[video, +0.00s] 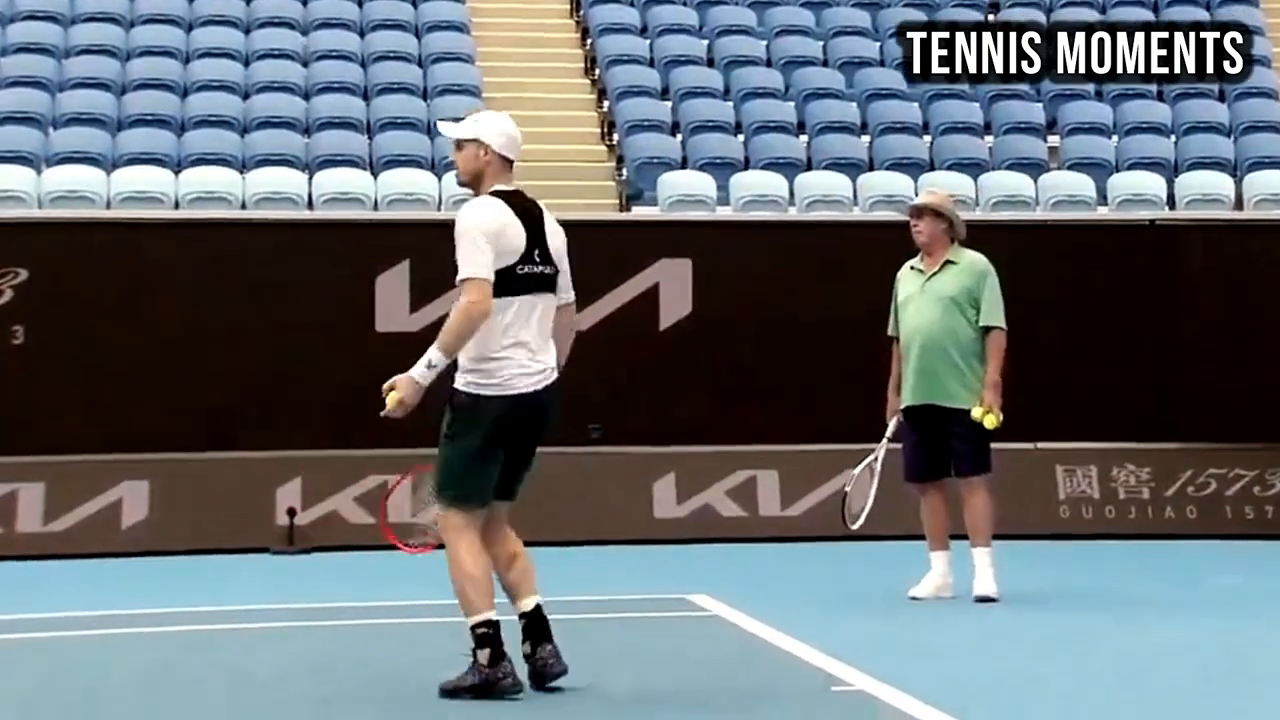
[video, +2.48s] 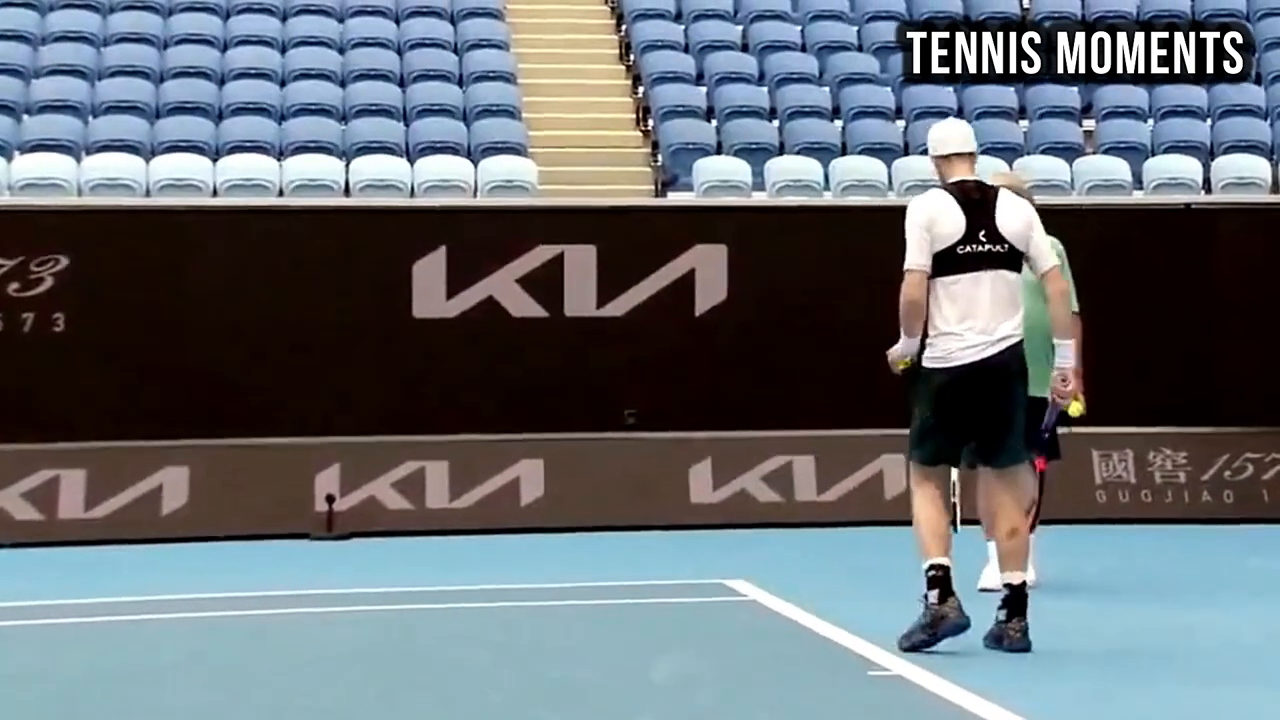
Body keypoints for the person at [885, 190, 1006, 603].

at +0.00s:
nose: (913, 225)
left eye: (921, 218)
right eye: (912, 219)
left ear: (945, 223)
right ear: (916, 227)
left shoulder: (977, 267)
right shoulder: (906, 274)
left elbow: (995, 330)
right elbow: (898, 342)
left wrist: (992, 382)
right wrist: (893, 395)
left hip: (965, 396)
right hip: (917, 397)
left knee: (972, 481)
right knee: (928, 484)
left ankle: (983, 568)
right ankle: (939, 571)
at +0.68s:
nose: (961, 194)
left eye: (969, 187)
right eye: (958, 188)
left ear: (991, 193)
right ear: (954, 194)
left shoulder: (1020, 239)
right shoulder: (944, 240)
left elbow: (1039, 305)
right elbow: (935, 305)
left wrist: (1036, 361)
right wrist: (931, 356)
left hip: (1006, 368)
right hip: (957, 367)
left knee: (1006, 454)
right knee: (962, 457)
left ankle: (1007, 541)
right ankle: (961, 542)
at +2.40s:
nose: (1005, 215)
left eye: (1012, 205)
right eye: (998, 206)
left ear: (1028, 209)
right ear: (988, 212)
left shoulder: (1050, 252)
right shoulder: (977, 251)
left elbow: (1073, 319)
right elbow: (961, 314)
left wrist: (1075, 377)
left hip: (1038, 382)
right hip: (991, 381)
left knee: (1028, 473)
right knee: (997, 474)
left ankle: (1022, 557)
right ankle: (999, 557)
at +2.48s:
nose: (1004, 211)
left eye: (1010, 200)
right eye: (997, 201)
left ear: (1025, 203)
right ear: (988, 206)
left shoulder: (1047, 248)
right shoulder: (976, 249)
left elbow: (1068, 313)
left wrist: (1069, 370)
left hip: (1035, 380)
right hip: (989, 379)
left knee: (1028, 468)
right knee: (990, 469)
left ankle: (1022, 556)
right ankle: (995, 554)